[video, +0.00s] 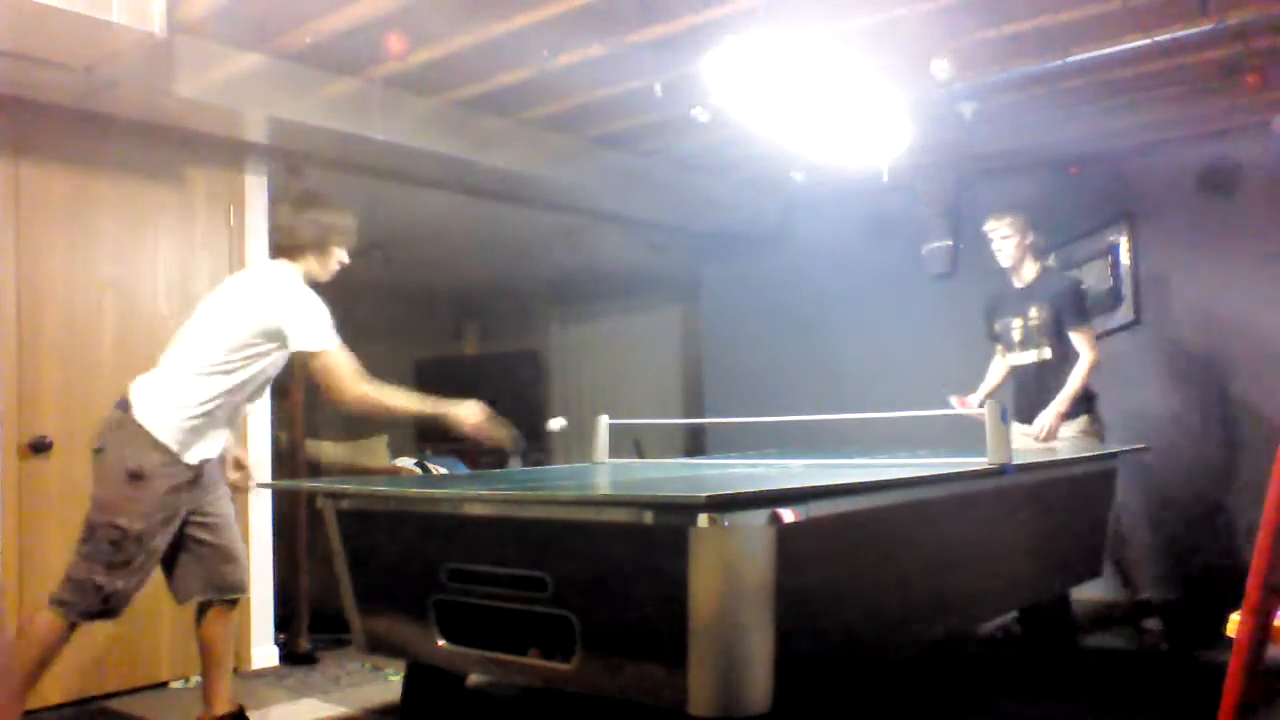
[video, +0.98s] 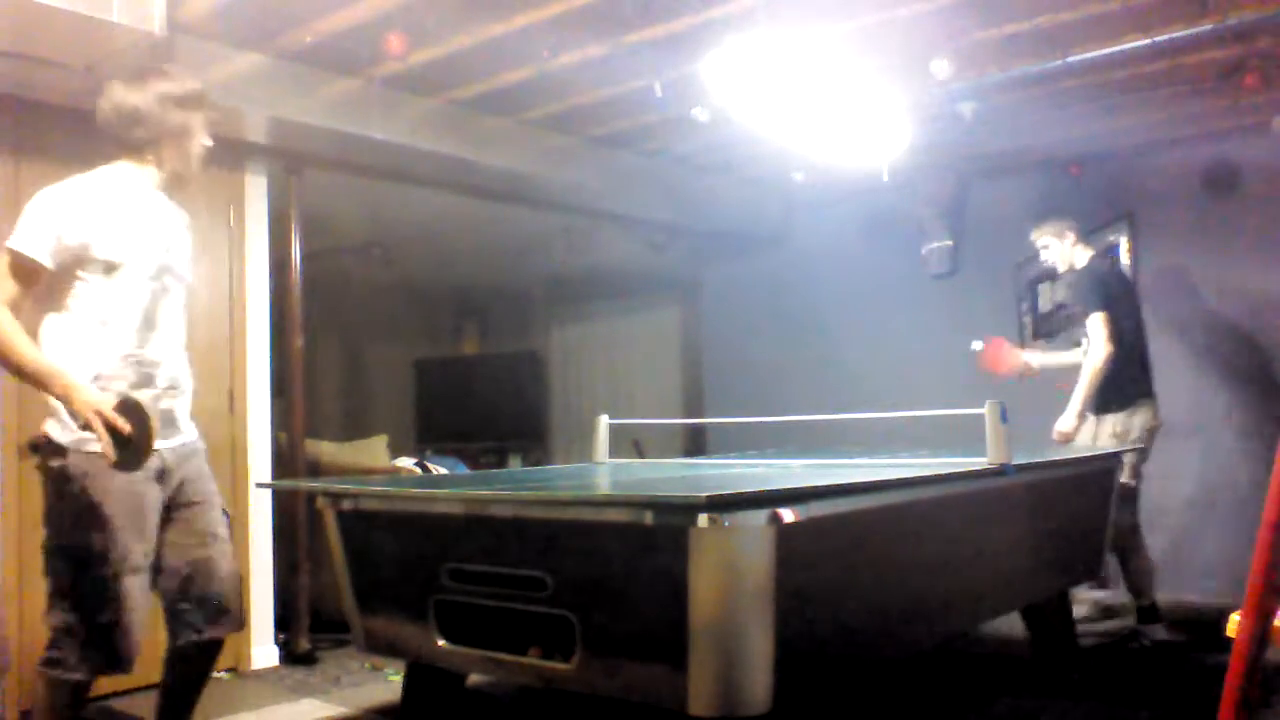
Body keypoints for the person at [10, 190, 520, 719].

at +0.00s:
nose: (345, 263)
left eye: (347, 252)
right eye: (341, 250)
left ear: (295, 242)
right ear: (314, 244)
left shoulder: (256, 284)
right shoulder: (292, 295)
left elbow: (206, 372)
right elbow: (352, 391)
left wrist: (231, 449)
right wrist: (448, 409)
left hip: (195, 454)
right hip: (149, 442)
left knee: (221, 582)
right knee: (86, 587)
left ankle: (219, 708)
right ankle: (8, 699)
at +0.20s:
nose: (341, 245)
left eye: (339, 234)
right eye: (338, 234)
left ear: (283, 228)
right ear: (322, 232)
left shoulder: (248, 268)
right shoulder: (307, 272)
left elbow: (184, 346)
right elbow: (409, 333)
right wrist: (498, 324)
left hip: (196, 447)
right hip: (170, 434)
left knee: (223, 585)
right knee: (96, 584)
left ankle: (220, 707)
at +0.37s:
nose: (324, 213)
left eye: (321, 202)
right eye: (318, 202)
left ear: (264, 209)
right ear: (297, 209)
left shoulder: (241, 258)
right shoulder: (286, 256)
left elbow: (207, 350)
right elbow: (339, 356)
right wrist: (428, 334)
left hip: (204, 443)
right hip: (172, 431)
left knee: (228, 584)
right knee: (127, 589)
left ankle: (221, 708)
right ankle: (9, 698)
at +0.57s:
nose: (293, 193)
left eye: (290, 181)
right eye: (285, 181)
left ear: (236, 186)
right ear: (260, 187)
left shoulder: (242, 249)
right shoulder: (224, 242)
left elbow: (210, 368)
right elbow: (180, 358)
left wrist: (231, 456)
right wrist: (286, 405)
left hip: (202, 451)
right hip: (159, 437)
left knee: (222, 592)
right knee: (126, 606)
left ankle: (222, 708)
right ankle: (65, 715)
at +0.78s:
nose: (242, 172)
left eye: (240, 156)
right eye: (235, 157)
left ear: (187, 160)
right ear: (206, 161)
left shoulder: (198, 242)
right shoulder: (128, 225)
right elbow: (31, 324)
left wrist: (193, 426)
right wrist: (111, 410)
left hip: (181, 448)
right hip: (121, 446)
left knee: (209, 595)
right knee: (117, 627)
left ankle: (207, 708)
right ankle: (65, 712)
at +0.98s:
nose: (208, 140)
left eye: (206, 125)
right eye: (199, 124)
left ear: (155, 127)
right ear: (163, 125)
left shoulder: (175, 222)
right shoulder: (66, 204)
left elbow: (148, 334)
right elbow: (2, 317)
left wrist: (171, 409)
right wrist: (73, 394)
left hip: (178, 449)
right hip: (93, 452)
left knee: (208, 611)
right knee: (88, 641)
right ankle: (48, 715)